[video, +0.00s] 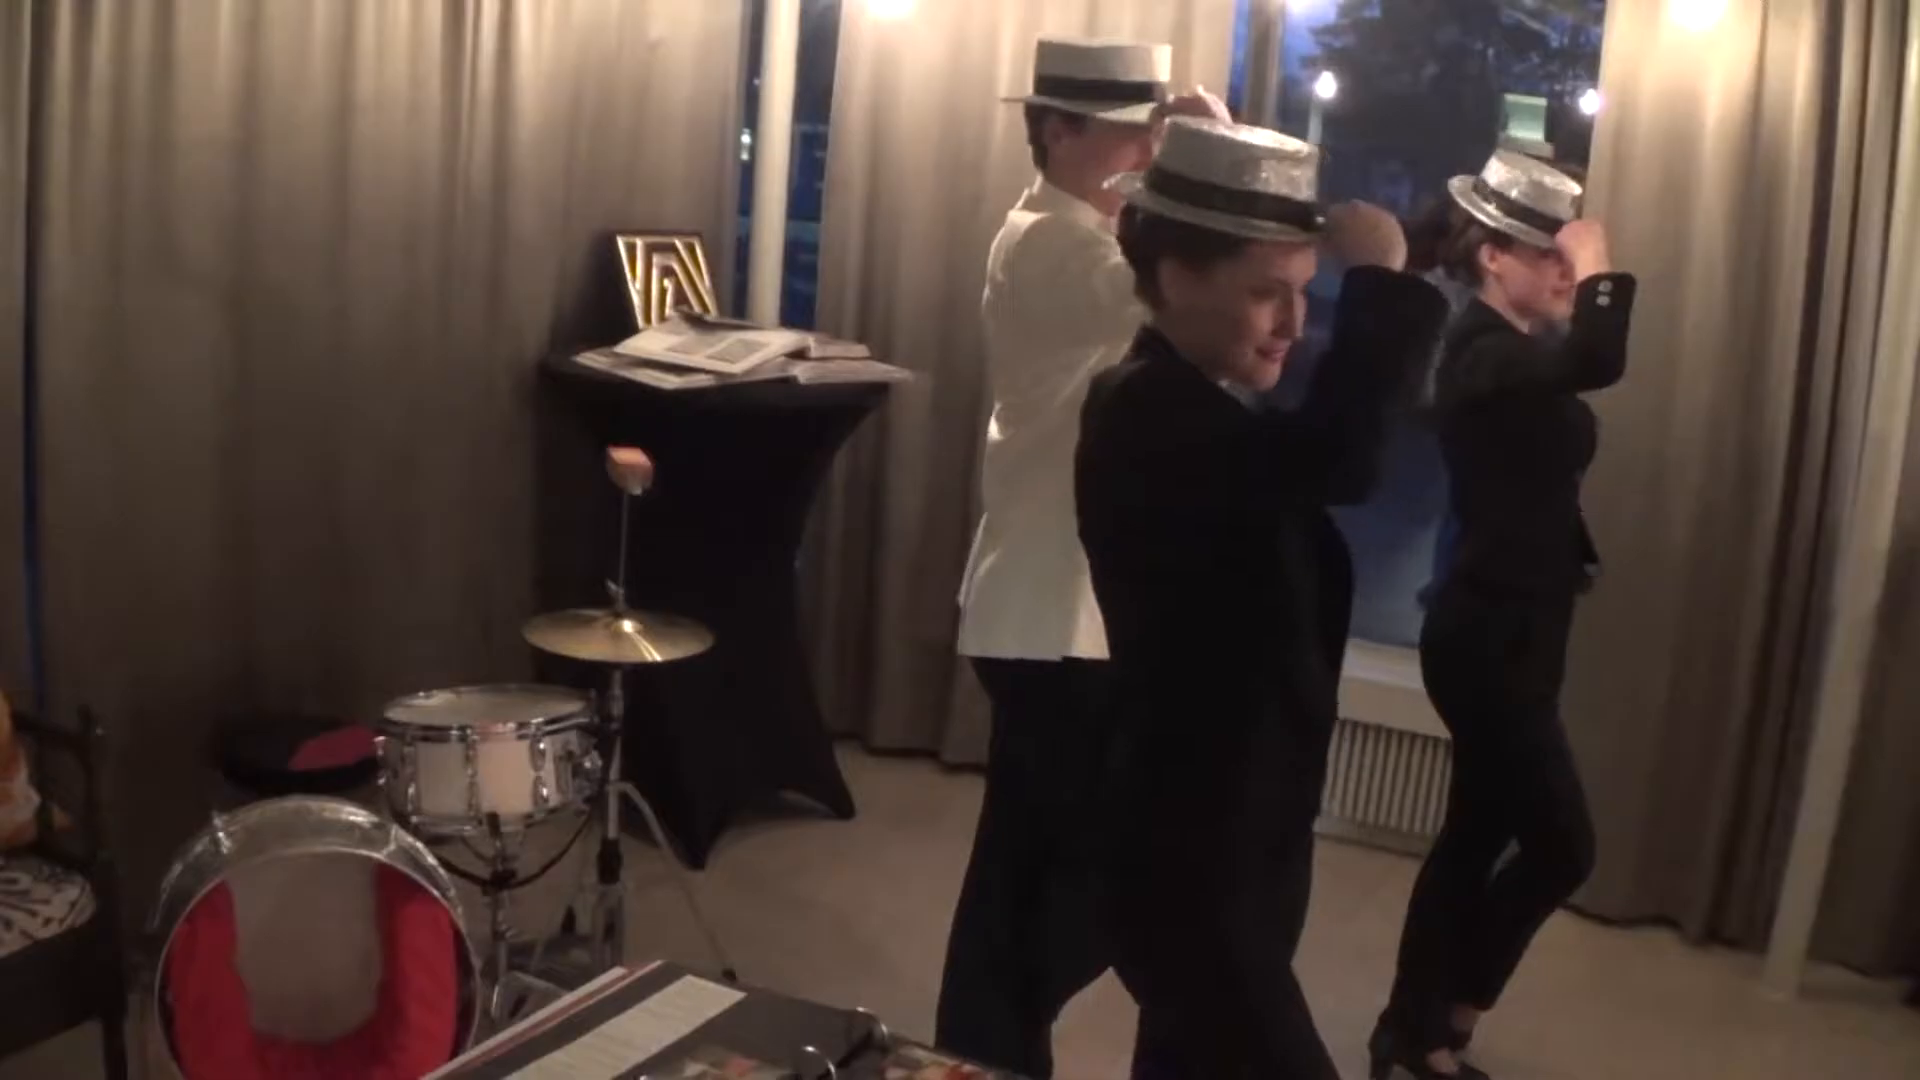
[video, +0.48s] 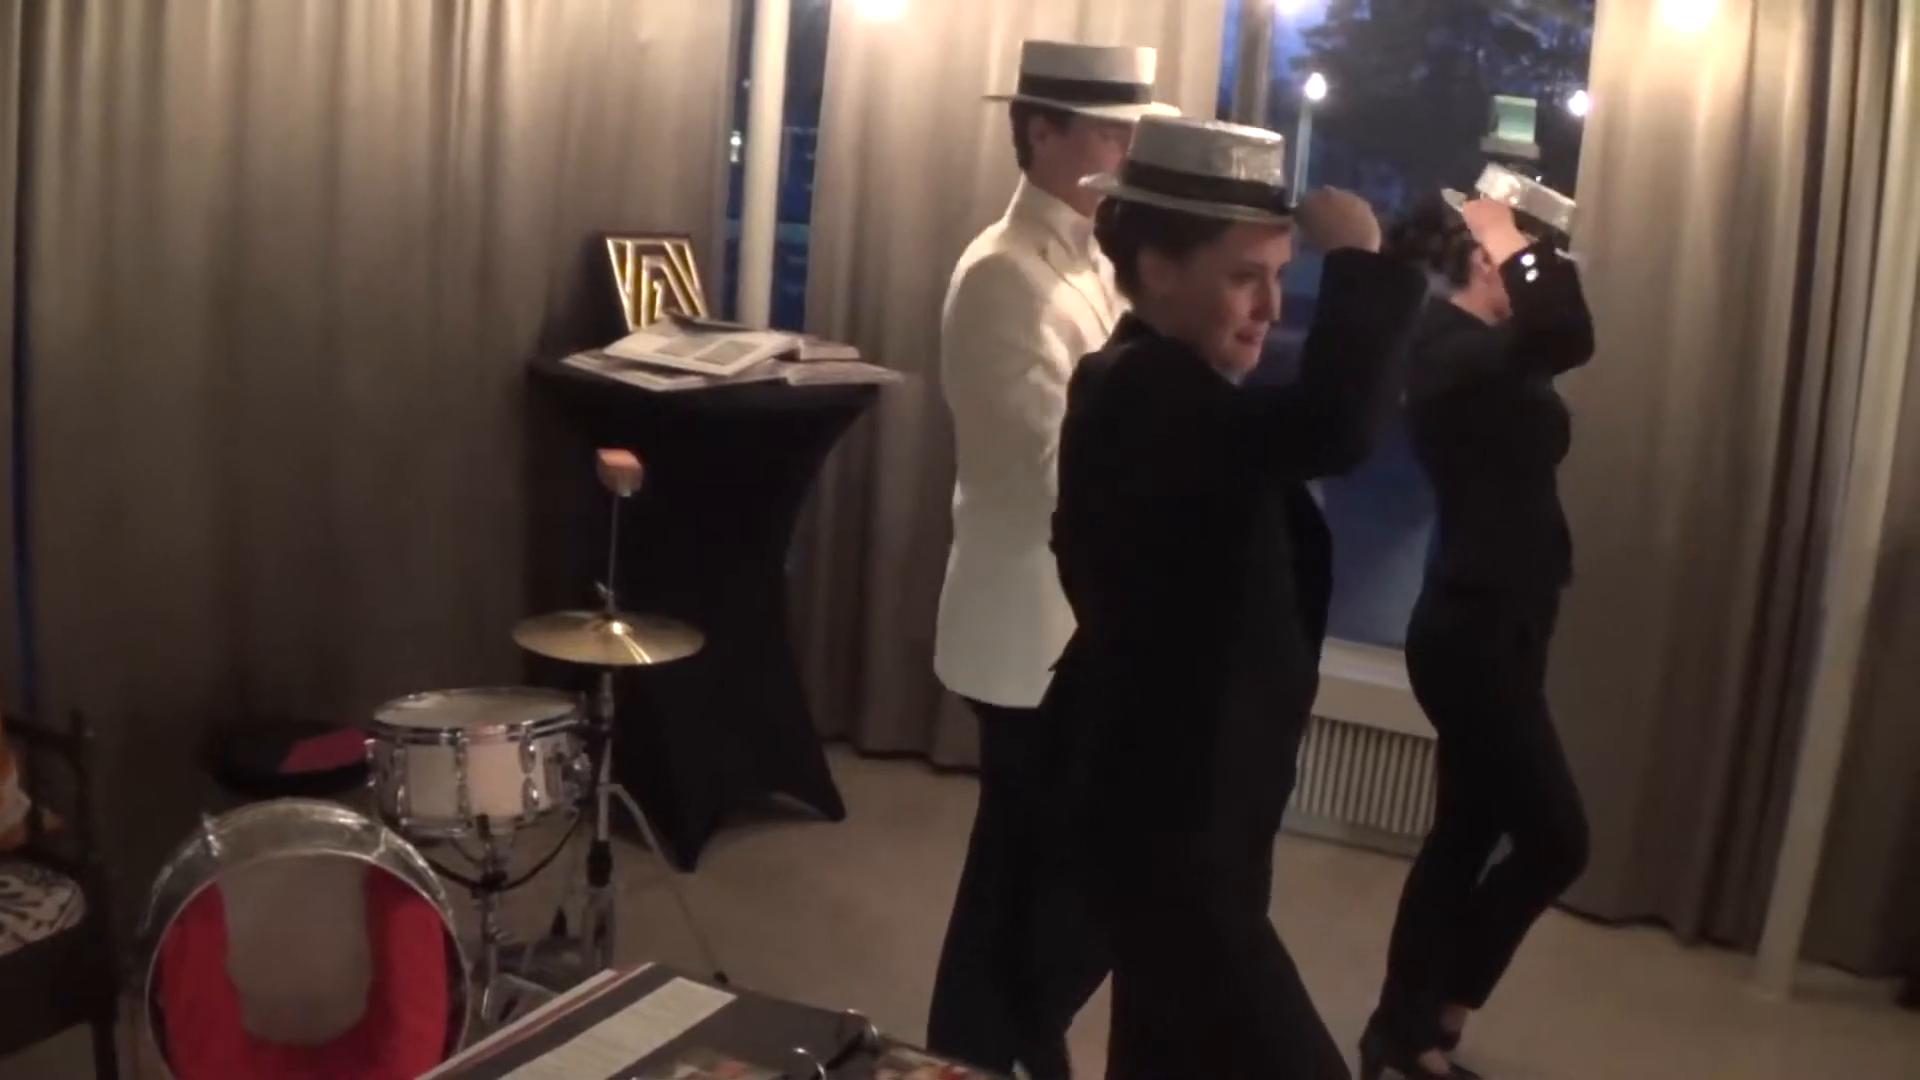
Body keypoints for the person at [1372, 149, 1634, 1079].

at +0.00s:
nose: (1569, 277)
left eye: (1570, 262)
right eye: (1552, 259)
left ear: (1501, 262)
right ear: (1493, 258)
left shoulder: (1511, 343)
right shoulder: (1483, 345)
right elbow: (1596, 361)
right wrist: (1599, 272)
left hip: (1518, 627)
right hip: (1484, 632)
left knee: (1473, 837)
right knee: (1560, 847)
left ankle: (1413, 1033)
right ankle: (1444, 1017)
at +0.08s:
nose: (1565, 279)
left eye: (1566, 264)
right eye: (1549, 260)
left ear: (1498, 262)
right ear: (1491, 259)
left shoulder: (1504, 348)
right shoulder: (1481, 350)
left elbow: (1529, 459)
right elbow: (1596, 362)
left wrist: (1608, 469)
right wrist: (1599, 273)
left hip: (1507, 627)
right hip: (1485, 634)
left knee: (1470, 836)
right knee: (1562, 846)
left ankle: (1412, 1035)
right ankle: (1442, 1016)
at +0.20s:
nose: (1555, 279)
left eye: (1555, 263)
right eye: (1542, 260)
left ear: (1490, 264)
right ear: (1490, 260)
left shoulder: (1496, 346)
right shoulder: (1475, 350)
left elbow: (1588, 356)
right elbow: (1594, 358)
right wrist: (1581, 280)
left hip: (1502, 627)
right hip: (1481, 632)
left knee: (1467, 838)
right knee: (1563, 845)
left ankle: (1408, 1035)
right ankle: (1439, 1014)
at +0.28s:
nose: (1550, 275)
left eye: (1549, 259)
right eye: (1537, 258)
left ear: (1485, 266)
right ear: (1489, 260)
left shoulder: (1489, 344)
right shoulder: (1470, 349)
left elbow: (1576, 340)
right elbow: (1588, 344)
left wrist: (1560, 254)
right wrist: (1546, 245)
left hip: (1501, 626)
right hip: (1479, 631)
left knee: (1463, 841)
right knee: (1562, 846)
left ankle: (1405, 1037)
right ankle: (1438, 1013)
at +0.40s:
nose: (1532, 280)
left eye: (1530, 263)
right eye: (1519, 264)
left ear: (1476, 267)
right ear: (1482, 265)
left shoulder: (1475, 343)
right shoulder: (1460, 346)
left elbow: (1555, 323)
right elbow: (1566, 325)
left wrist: (1544, 245)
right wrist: (1523, 248)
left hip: (1499, 626)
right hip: (1476, 630)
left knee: (1462, 839)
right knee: (1559, 845)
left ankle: (1402, 1035)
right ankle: (1437, 1014)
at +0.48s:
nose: (1520, 279)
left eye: (1518, 263)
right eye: (1509, 263)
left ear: (1462, 266)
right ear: (1478, 265)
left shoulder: (1474, 347)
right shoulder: (1452, 349)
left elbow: (1562, 335)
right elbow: (1566, 335)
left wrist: (1540, 246)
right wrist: (1515, 253)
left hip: (1498, 627)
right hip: (1472, 631)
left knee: (1461, 838)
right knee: (1556, 844)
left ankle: (1402, 1034)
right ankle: (1437, 1011)